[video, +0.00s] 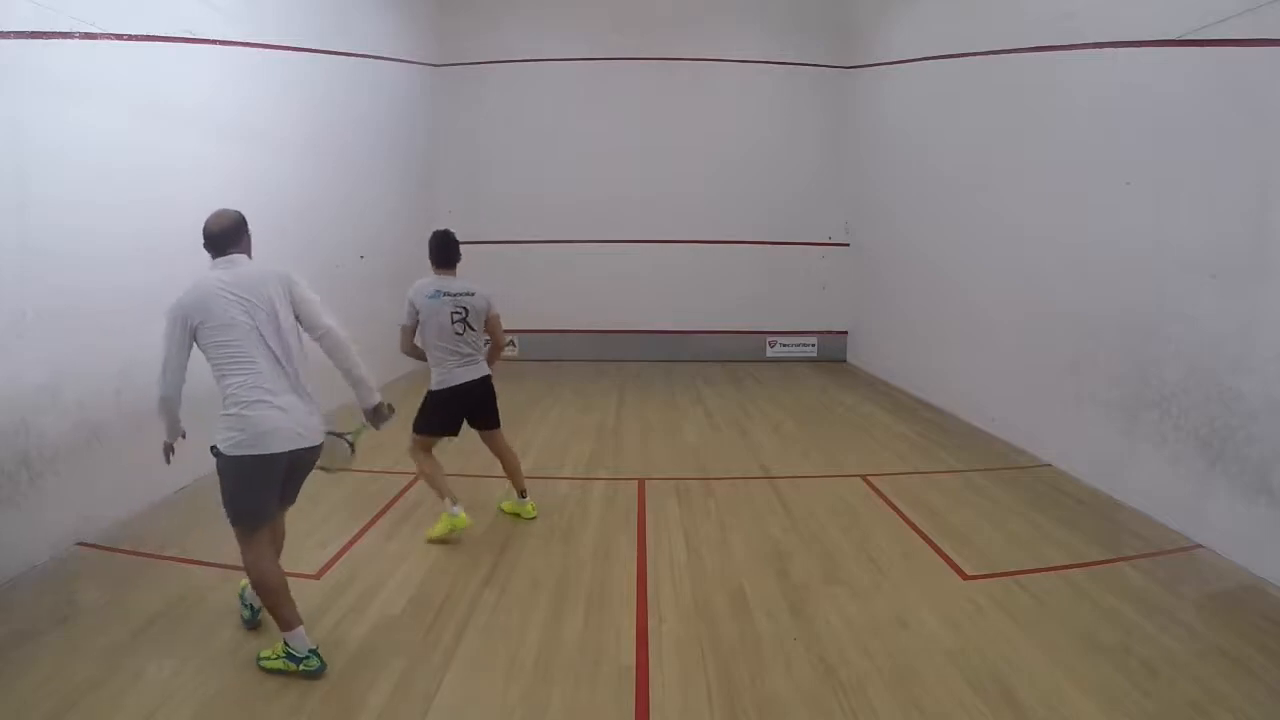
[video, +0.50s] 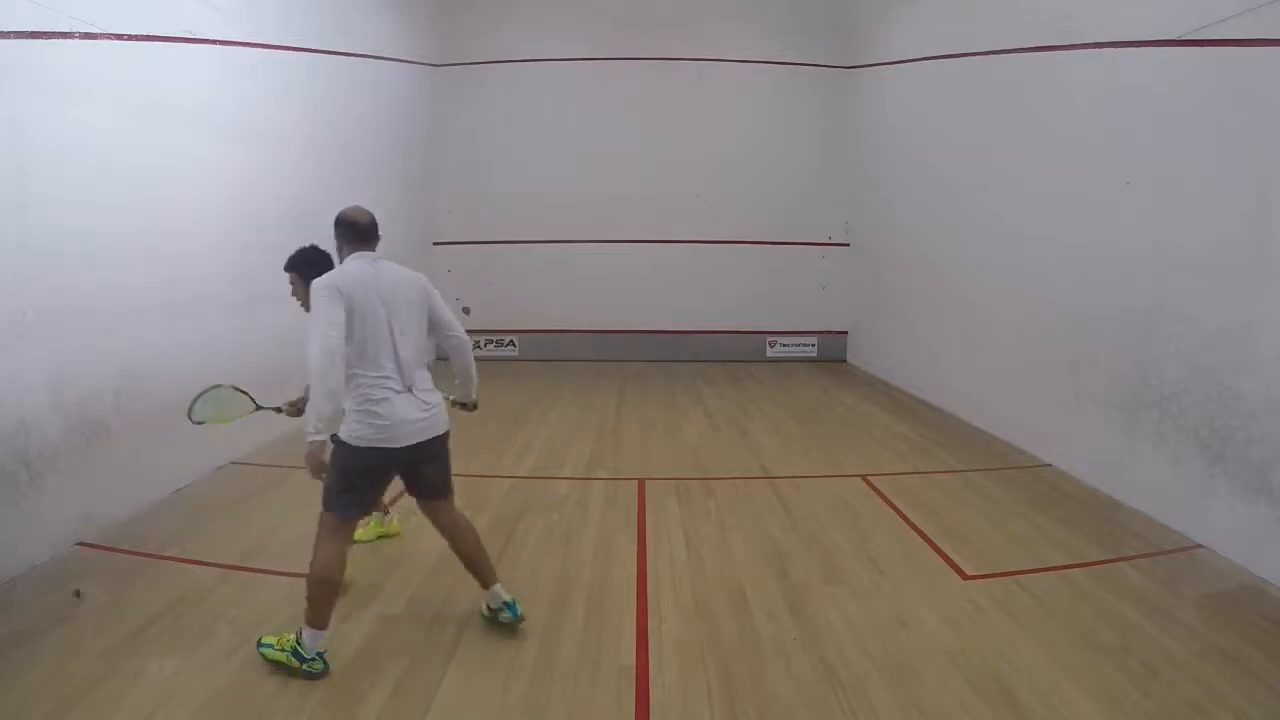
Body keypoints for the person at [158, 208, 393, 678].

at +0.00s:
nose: (250, 246)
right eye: (250, 238)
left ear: (206, 250)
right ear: (248, 241)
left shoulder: (190, 300)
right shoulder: (280, 281)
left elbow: (169, 385)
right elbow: (329, 335)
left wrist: (171, 428)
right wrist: (369, 397)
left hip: (246, 444)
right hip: (305, 435)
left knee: (257, 549)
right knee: (274, 517)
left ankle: (301, 650)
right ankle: (254, 595)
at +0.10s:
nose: (272, 231)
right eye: (271, 224)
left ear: (225, 235)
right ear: (268, 228)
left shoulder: (206, 286)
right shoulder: (301, 271)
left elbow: (184, 372)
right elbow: (332, 344)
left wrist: (187, 432)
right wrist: (358, 407)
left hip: (264, 430)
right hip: (320, 422)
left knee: (268, 537)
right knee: (298, 503)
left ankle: (299, 649)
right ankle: (301, 600)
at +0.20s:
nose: (296, 228)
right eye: (296, 220)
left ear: (250, 230)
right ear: (294, 224)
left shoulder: (226, 280)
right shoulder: (325, 272)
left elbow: (204, 362)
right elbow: (354, 346)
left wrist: (203, 436)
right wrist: (380, 412)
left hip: (280, 431)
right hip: (339, 423)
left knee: (276, 535)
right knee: (328, 497)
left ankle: (300, 647)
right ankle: (373, 594)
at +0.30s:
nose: (323, 235)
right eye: (324, 229)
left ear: (277, 233)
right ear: (321, 232)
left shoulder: (255, 283)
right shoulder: (351, 279)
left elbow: (232, 367)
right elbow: (388, 354)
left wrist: (227, 443)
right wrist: (416, 411)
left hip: (298, 434)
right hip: (358, 427)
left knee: (282, 536)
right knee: (364, 500)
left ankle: (302, 649)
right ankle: (436, 583)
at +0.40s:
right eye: (352, 233)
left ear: (307, 237)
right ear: (352, 236)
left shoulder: (292, 281)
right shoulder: (383, 279)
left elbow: (279, 356)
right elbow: (423, 347)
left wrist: (264, 436)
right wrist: (448, 399)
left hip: (325, 431)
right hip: (387, 424)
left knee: (303, 532)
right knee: (404, 504)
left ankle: (303, 649)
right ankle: (480, 585)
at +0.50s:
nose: (338, 249)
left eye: (336, 242)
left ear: (338, 242)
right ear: (378, 240)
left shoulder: (330, 286)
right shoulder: (415, 281)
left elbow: (327, 357)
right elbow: (457, 340)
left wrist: (318, 433)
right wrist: (467, 392)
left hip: (367, 435)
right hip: (427, 426)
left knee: (333, 533)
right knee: (445, 511)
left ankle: (310, 647)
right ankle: (500, 601)